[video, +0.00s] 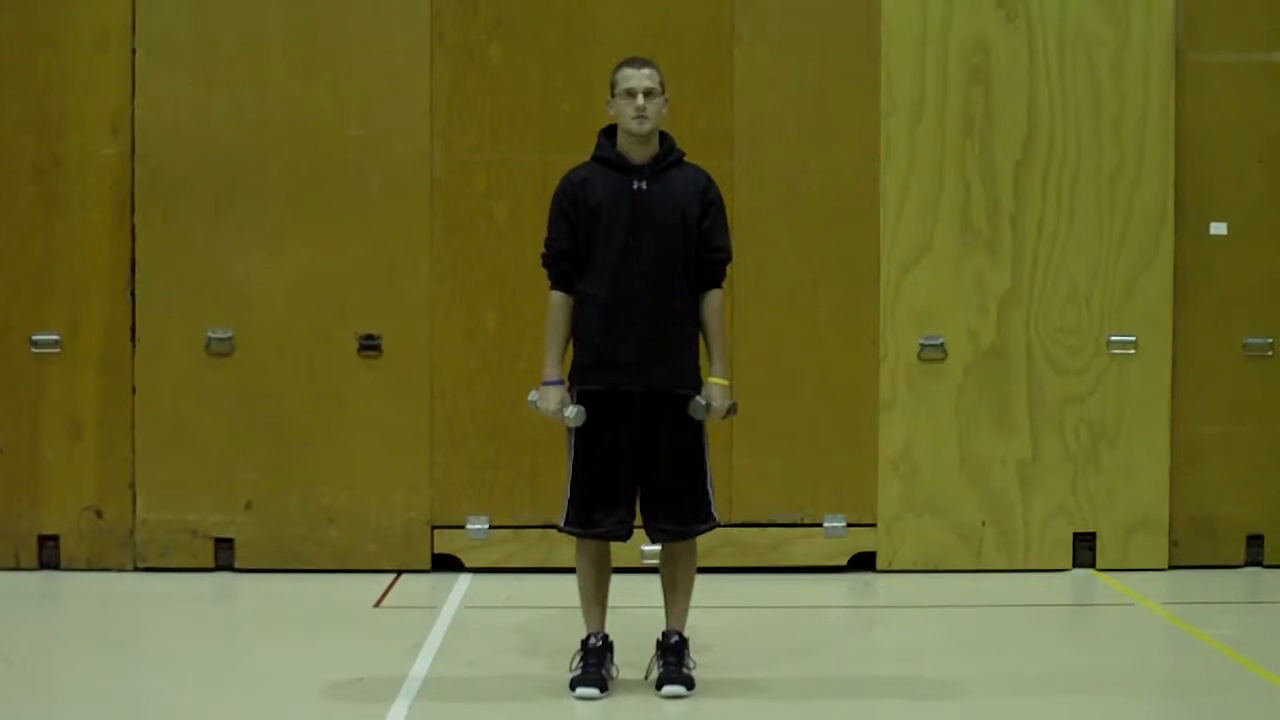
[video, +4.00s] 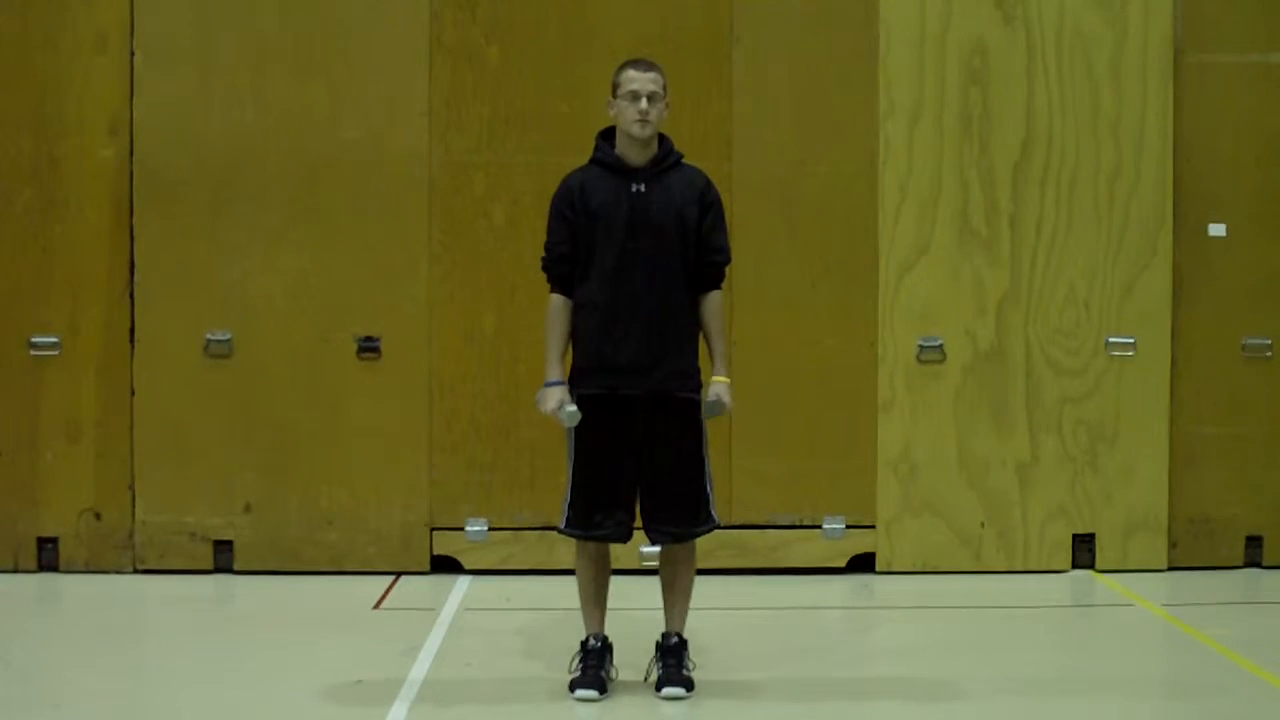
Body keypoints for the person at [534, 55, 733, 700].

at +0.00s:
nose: (641, 105)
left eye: (651, 95)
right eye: (630, 95)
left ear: (666, 105)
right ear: (611, 105)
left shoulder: (696, 186)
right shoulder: (579, 186)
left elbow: (711, 287)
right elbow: (561, 288)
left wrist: (719, 374)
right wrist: (552, 376)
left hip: (674, 382)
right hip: (598, 382)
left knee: (678, 522)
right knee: (593, 520)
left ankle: (674, 646)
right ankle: (594, 646)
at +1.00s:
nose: (638, 107)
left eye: (648, 98)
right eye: (627, 98)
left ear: (665, 108)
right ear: (609, 107)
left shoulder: (694, 188)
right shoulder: (578, 188)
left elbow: (710, 288)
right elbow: (559, 290)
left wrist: (717, 372)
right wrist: (549, 378)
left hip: (673, 384)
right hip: (597, 384)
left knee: (678, 525)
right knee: (593, 521)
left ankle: (673, 648)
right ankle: (593, 647)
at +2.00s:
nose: (642, 106)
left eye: (652, 97)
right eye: (631, 96)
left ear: (665, 110)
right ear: (610, 106)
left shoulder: (695, 189)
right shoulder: (577, 189)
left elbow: (710, 289)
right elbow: (561, 292)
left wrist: (715, 376)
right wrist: (558, 381)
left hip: (673, 385)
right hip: (596, 385)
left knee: (677, 524)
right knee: (591, 523)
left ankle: (673, 648)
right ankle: (593, 648)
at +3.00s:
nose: (637, 107)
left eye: (648, 98)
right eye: (626, 98)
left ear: (663, 109)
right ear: (608, 109)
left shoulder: (693, 189)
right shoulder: (577, 190)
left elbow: (709, 290)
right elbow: (561, 294)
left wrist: (717, 374)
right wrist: (556, 382)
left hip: (672, 385)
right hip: (596, 385)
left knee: (677, 524)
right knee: (591, 523)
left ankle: (673, 649)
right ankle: (593, 648)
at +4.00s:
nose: (644, 107)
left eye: (654, 98)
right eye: (633, 97)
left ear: (667, 110)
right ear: (611, 107)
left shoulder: (694, 188)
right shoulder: (579, 188)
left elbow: (710, 287)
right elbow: (560, 290)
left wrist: (720, 370)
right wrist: (554, 377)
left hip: (674, 383)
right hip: (598, 384)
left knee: (678, 523)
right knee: (593, 522)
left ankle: (673, 648)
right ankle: (594, 647)